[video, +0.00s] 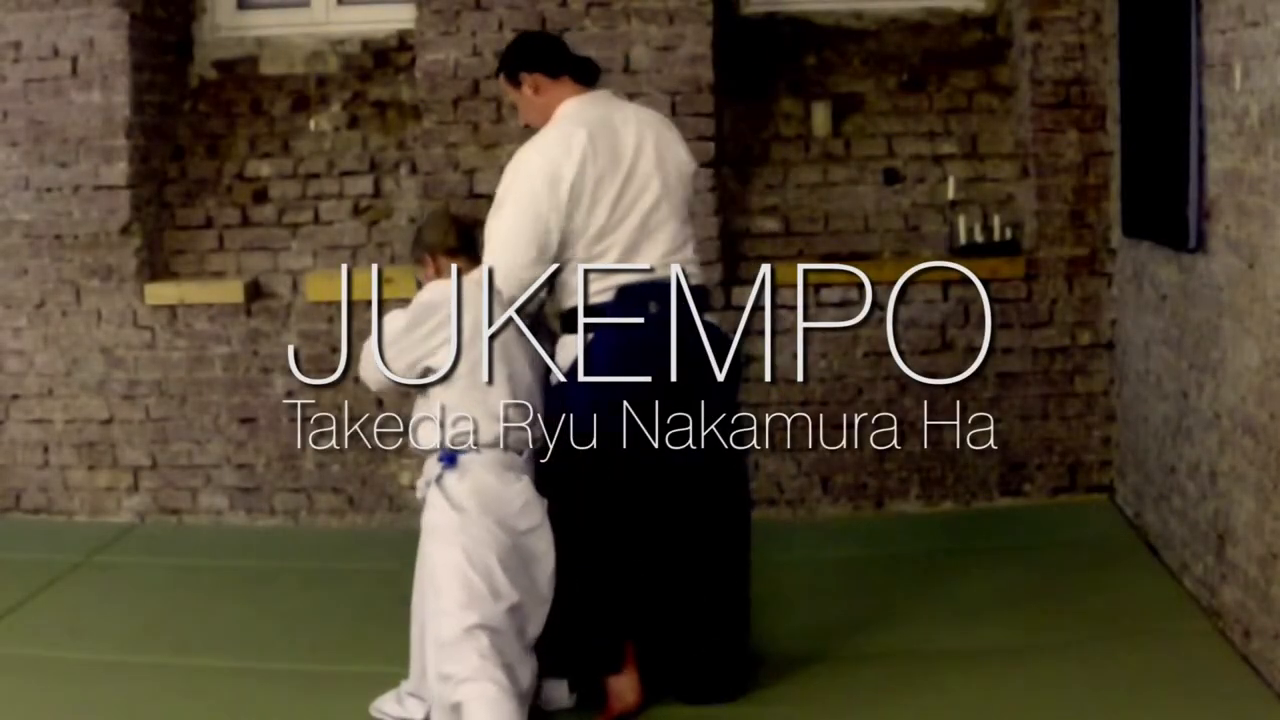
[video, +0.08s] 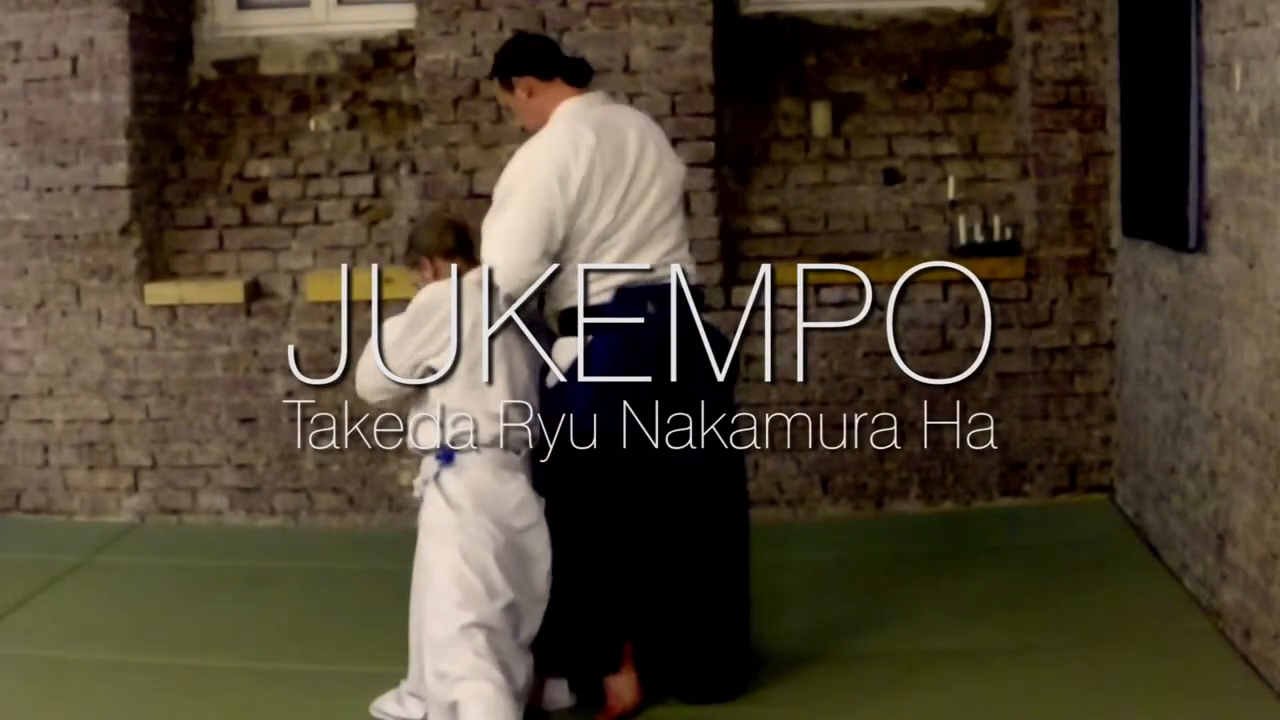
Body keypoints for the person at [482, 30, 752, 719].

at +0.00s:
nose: (519, 117)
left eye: (515, 102)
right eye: (514, 105)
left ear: (534, 84)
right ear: (576, 75)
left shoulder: (546, 153)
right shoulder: (661, 128)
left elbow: (509, 275)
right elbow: (681, 222)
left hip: (595, 343)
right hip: (680, 331)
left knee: (595, 509)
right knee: (682, 501)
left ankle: (617, 672)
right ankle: (699, 660)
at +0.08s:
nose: (512, 120)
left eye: (508, 105)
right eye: (506, 107)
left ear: (526, 87)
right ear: (569, 76)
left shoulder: (548, 152)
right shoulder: (648, 130)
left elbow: (508, 270)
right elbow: (664, 211)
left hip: (592, 348)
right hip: (672, 336)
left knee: (592, 513)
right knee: (673, 505)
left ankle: (614, 671)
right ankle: (693, 659)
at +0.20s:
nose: (501, 124)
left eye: (495, 110)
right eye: (495, 112)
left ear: (512, 94)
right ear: (554, 80)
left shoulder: (548, 152)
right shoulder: (624, 131)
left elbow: (500, 269)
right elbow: (578, 225)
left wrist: (447, 282)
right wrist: (480, 226)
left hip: (593, 349)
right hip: (661, 336)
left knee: (576, 512)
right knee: (632, 506)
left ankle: (613, 670)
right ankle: (628, 665)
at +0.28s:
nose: (485, 126)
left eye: (481, 112)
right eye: (480, 115)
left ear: (499, 98)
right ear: (540, 84)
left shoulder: (541, 151)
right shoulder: (613, 133)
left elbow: (494, 272)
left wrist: (446, 281)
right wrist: (478, 230)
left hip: (587, 355)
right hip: (653, 343)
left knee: (567, 520)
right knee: (624, 513)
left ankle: (543, 679)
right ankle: (622, 668)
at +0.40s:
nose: (478, 139)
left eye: (471, 125)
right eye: (473, 127)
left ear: (485, 107)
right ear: (525, 91)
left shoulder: (537, 150)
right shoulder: (593, 136)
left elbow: (479, 250)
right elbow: (516, 205)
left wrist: (424, 230)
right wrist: (439, 215)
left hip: (579, 352)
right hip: (641, 340)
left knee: (559, 518)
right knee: (614, 514)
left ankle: (537, 676)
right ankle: (622, 664)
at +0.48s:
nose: (468, 135)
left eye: (463, 122)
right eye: (463, 123)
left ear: (479, 109)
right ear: (517, 91)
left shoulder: (509, 164)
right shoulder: (590, 133)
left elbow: (435, 256)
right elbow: (508, 206)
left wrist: (389, 255)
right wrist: (413, 221)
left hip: (577, 350)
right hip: (644, 336)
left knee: (561, 516)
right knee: (621, 510)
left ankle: (541, 679)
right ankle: (623, 664)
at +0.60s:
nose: (461, 134)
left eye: (456, 120)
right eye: (456, 122)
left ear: (470, 106)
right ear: (518, 88)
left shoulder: (491, 160)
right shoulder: (592, 130)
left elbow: (411, 245)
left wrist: (364, 273)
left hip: (576, 340)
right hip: (654, 328)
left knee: (568, 508)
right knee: (657, 501)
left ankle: (611, 667)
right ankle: (684, 654)